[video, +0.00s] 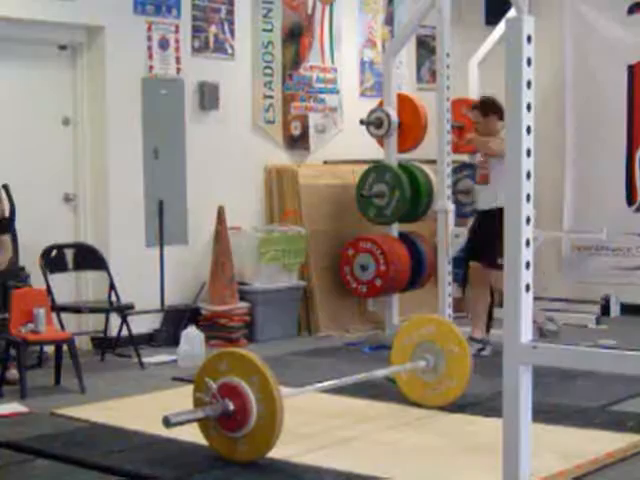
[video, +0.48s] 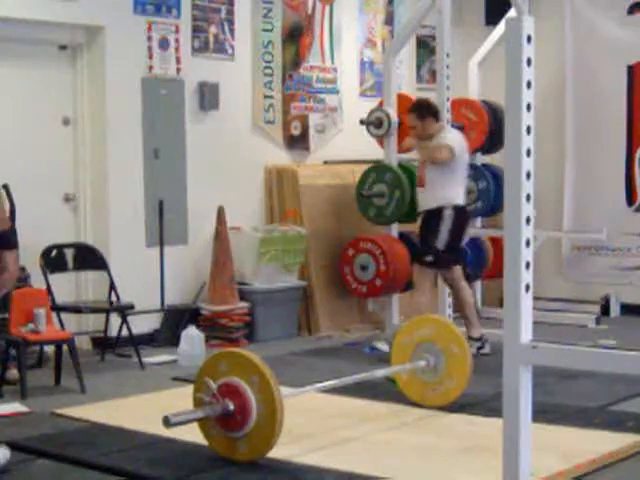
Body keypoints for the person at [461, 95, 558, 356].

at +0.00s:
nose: (474, 126)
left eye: (478, 120)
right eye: (474, 121)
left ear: (494, 119)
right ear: (490, 121)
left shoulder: (509, 142)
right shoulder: (487, 145)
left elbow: (493, 147)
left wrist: (473, 139)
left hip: (503, 211)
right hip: (484, 212)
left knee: (497, 276)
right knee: (477, 274)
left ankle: (537, 320)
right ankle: (478, 334)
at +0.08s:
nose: (466, 123)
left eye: (469, 118)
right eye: (466, 118)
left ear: (483, 117)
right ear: (483, 119)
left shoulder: (497, 138)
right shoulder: (481, 143)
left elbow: (485, 146)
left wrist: (465, 136)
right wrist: (466, 214)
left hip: (491, 206)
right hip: (477, 208)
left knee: (473, 268)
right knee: (475, 273)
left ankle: (515, 303)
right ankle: (478, 331)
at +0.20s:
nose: (450, 125)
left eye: (452, 120)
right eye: (449, 121)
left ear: (466, 116)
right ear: (465, 117)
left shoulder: (488, 133)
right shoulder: (471, 136)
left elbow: (471, 143)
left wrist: (451, 137)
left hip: (482, 202)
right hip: (465, 203)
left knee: (455, 266)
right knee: (472, 272)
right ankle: (480, 330)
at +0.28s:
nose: (447, 125)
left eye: (448, 120)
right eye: (445, 121)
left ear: (461, 116)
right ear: (460, 116)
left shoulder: (485, 133)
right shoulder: (465, 137)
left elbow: (470, 142)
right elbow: (454, 175)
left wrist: (448, 137)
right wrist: (456, 144)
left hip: (478, 202)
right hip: (460, 203)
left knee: (451, 268)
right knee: (472, 274)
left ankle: (469, 328)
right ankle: (479, 334)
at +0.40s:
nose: (434, 127)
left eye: (435, 122)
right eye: (433, 123)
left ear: (447, 117)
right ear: (447, 117)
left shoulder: (471, 134)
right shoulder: (452, 137)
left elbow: (455, 145)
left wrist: (433, 135)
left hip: (466, 206)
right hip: (448, 206)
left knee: (441, 270)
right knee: (465, 275)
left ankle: (439, 333)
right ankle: (477, 335)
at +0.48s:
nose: (413, 130)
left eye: (415, 125)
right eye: (412, 126)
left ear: (429, 120)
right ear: (425, 123)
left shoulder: (453, 137)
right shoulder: (428, 141)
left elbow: (441, 155)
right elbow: (398, 150)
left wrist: (418, 145)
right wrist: (383, 133)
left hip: (449, 208)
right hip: (432, 209)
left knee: (423, 273)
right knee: (454, 274)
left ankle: (418, 337)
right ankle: (476, 333)